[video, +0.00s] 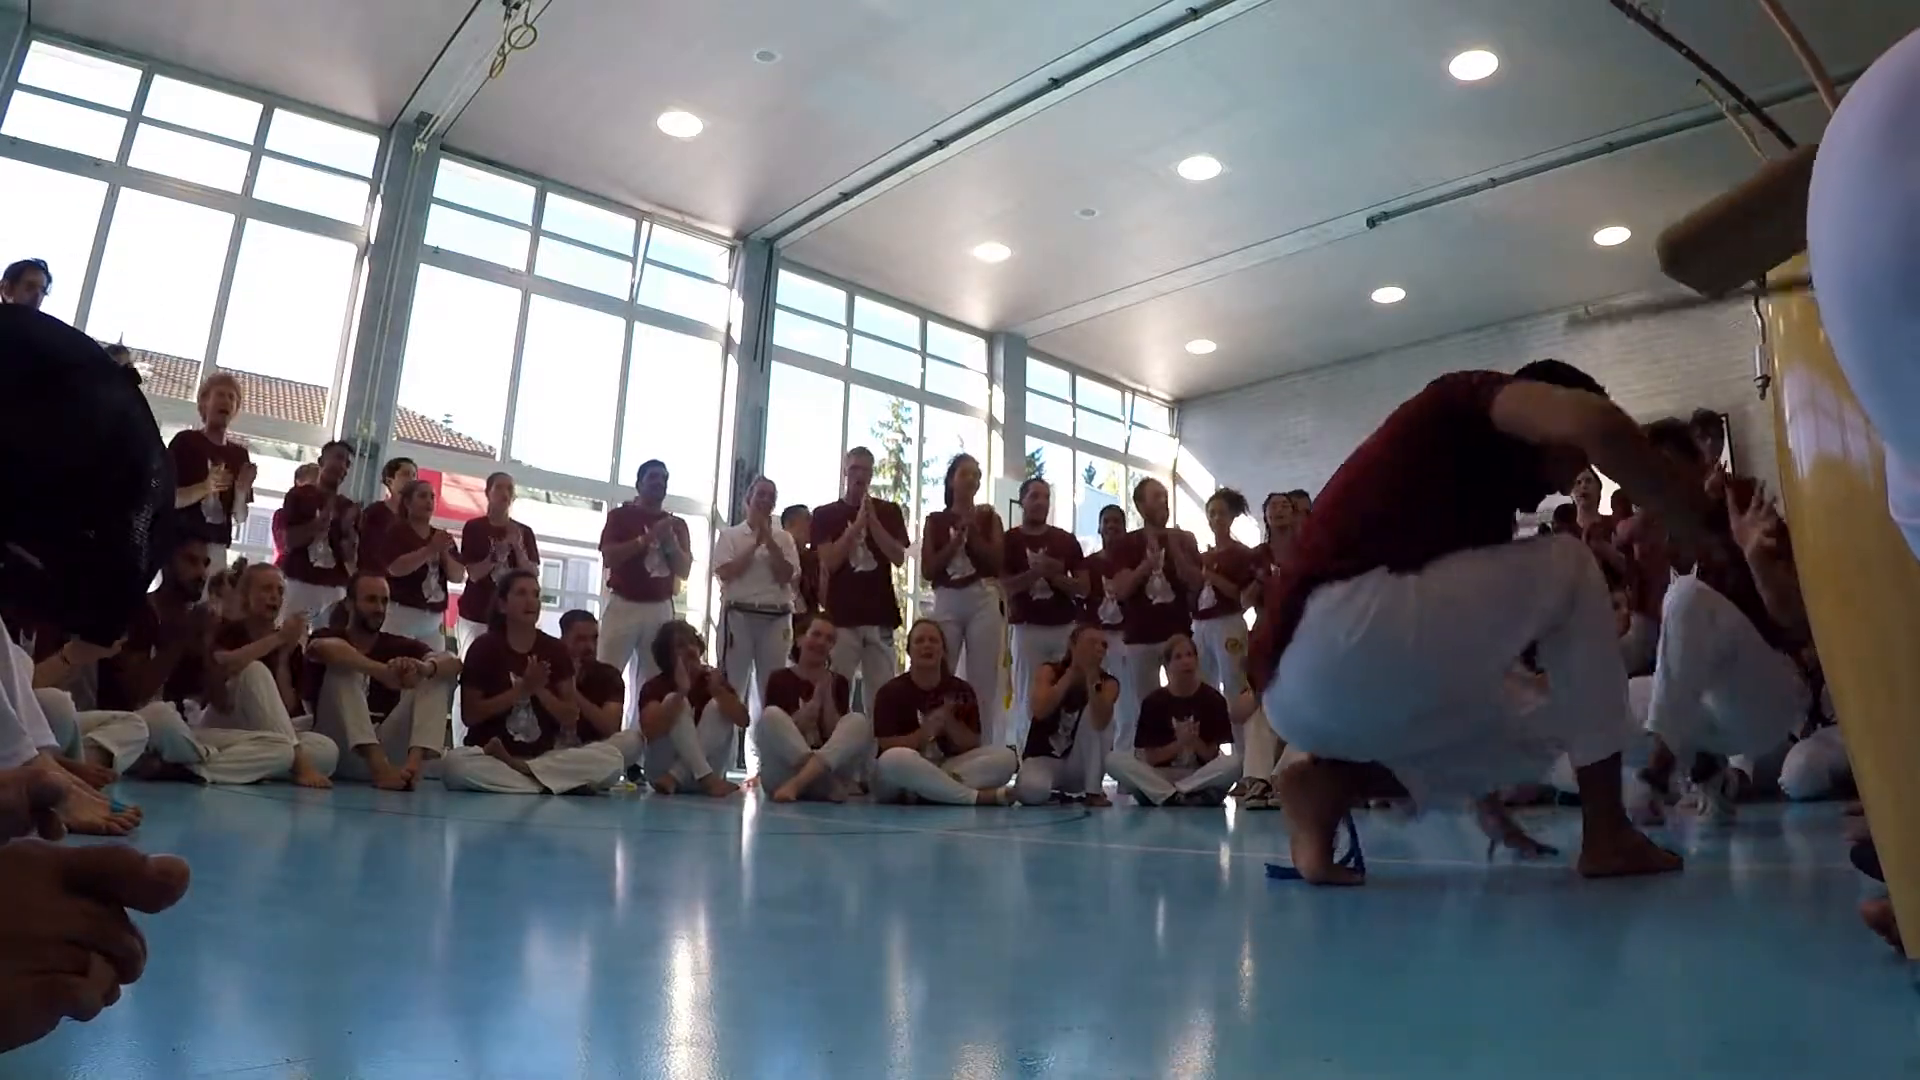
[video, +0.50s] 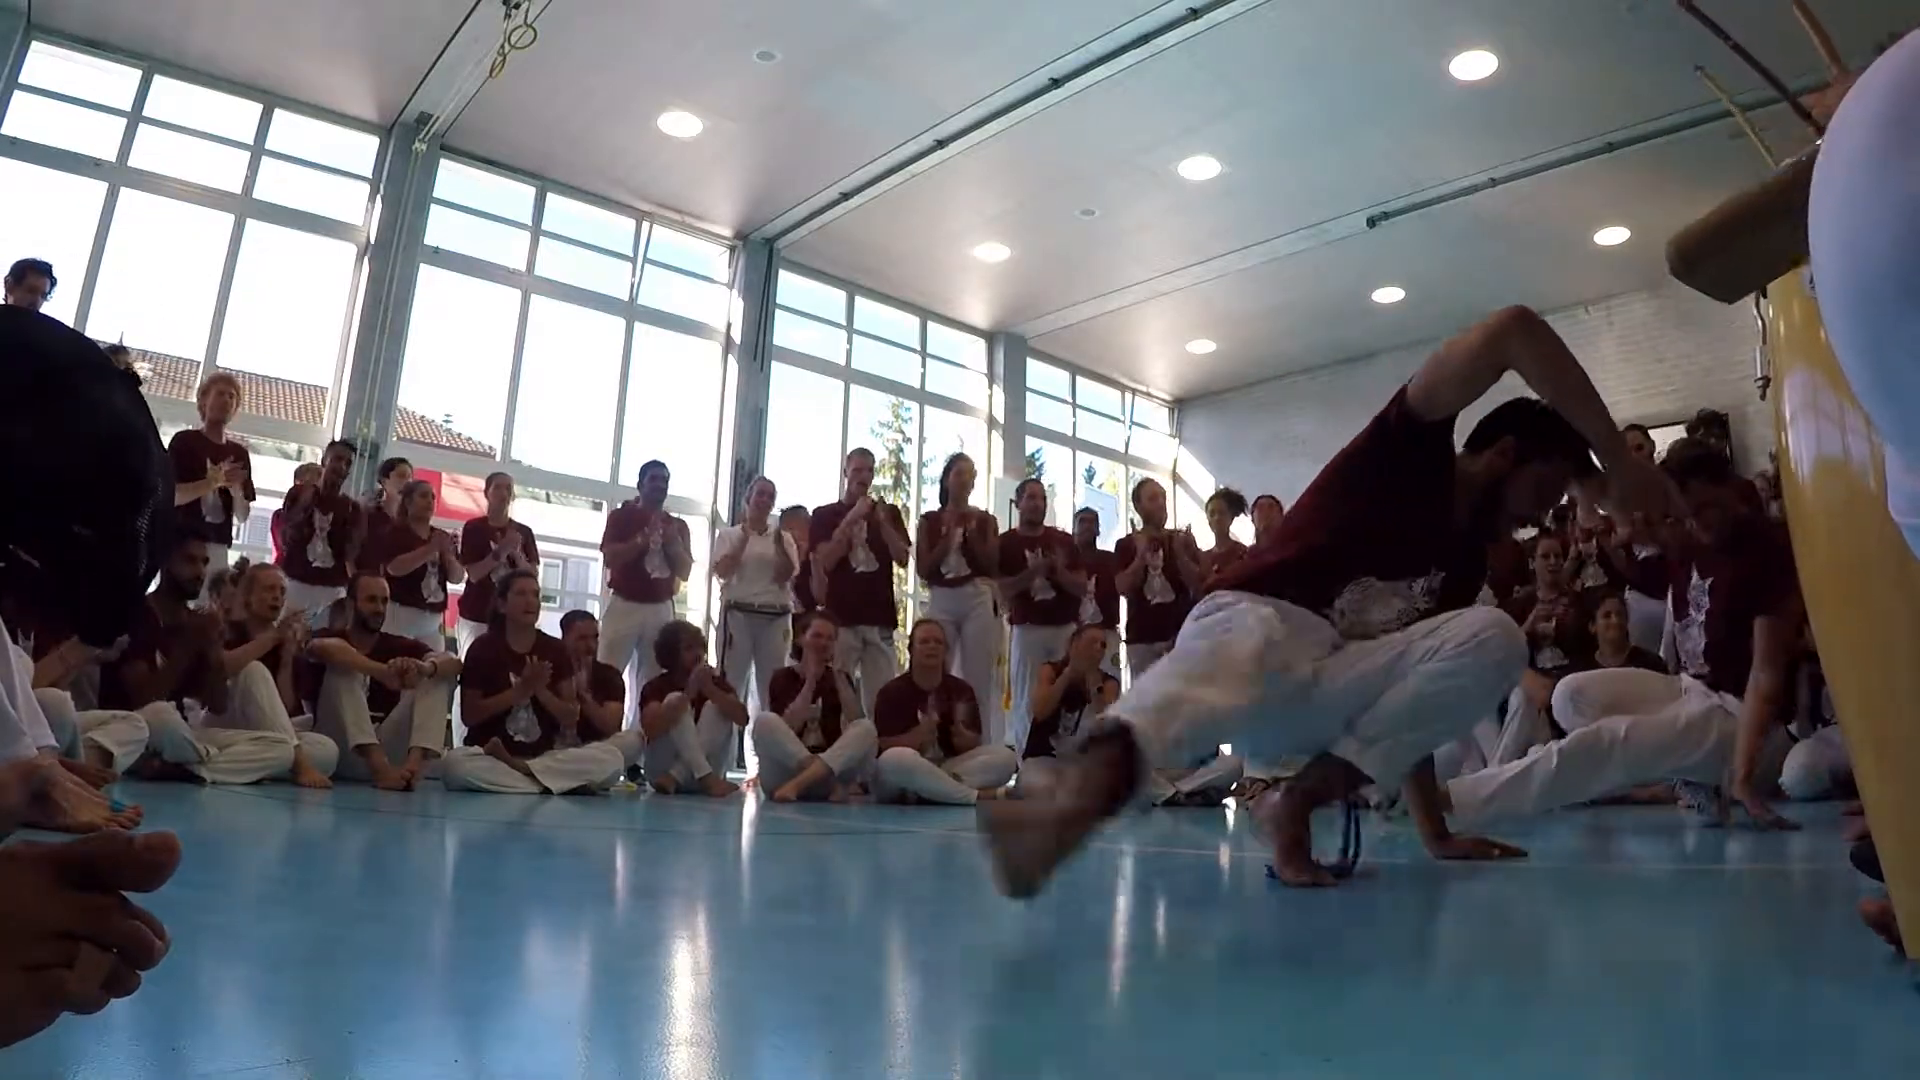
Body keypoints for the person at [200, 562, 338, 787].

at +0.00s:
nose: (275, 597)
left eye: (279, 591)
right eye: (266, 589)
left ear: (284, 597)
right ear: (246, 594)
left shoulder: (289, 645)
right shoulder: (228, 632)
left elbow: (291, 708)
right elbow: (222, 665)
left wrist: (284, 658)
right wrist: (280, 638)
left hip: (272, 734)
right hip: (225, 728)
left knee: (327, 751)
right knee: (255, 671)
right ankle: (300, 761)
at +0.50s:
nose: (278, 597)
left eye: (282, 591)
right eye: (269, 589)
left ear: (285, 598)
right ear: (247, 595)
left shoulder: (285, 642)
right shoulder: (227, 631)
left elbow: (287, 708)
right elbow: (222, 667)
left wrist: (288, 655)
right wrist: (274, 637)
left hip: (269, 729)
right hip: (224, 724)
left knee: (327, 751)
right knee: (254, 671)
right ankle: (298, 762)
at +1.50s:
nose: (187, 580)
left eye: (192, 569)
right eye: (175, 570)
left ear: (197, 570)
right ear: (153, 570)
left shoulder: (194, 623)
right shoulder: (128, 618)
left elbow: (213, 706)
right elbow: (139, 703)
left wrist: (200, 658)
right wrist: (187, 651)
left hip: (181, 731)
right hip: (131, 733)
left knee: (284, 751)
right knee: (161, 716)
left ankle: (191, 773)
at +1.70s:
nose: (186, 580)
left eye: (190, 570)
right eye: (175, 571)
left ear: (196, 571)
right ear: (152, 573)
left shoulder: (193, 623)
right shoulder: (132, 624)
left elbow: (210, 705)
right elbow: (135, 707)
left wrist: (202, 651)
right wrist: (182, 652)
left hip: (184, 733)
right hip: (136, 737)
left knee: (285, 752)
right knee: (160, 716)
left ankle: (189, 771)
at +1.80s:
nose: (186, 580)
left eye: (190, 570)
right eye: (174, 571)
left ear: (195, 570)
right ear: (152, 571)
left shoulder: (193, 622)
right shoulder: (132, 618)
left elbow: (211, 705)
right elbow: (136, 704)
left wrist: (201, 653)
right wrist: (182, 652)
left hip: (187, 731)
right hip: (137, 734)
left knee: (284, 752)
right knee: (162, 717)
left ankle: (184, 771)